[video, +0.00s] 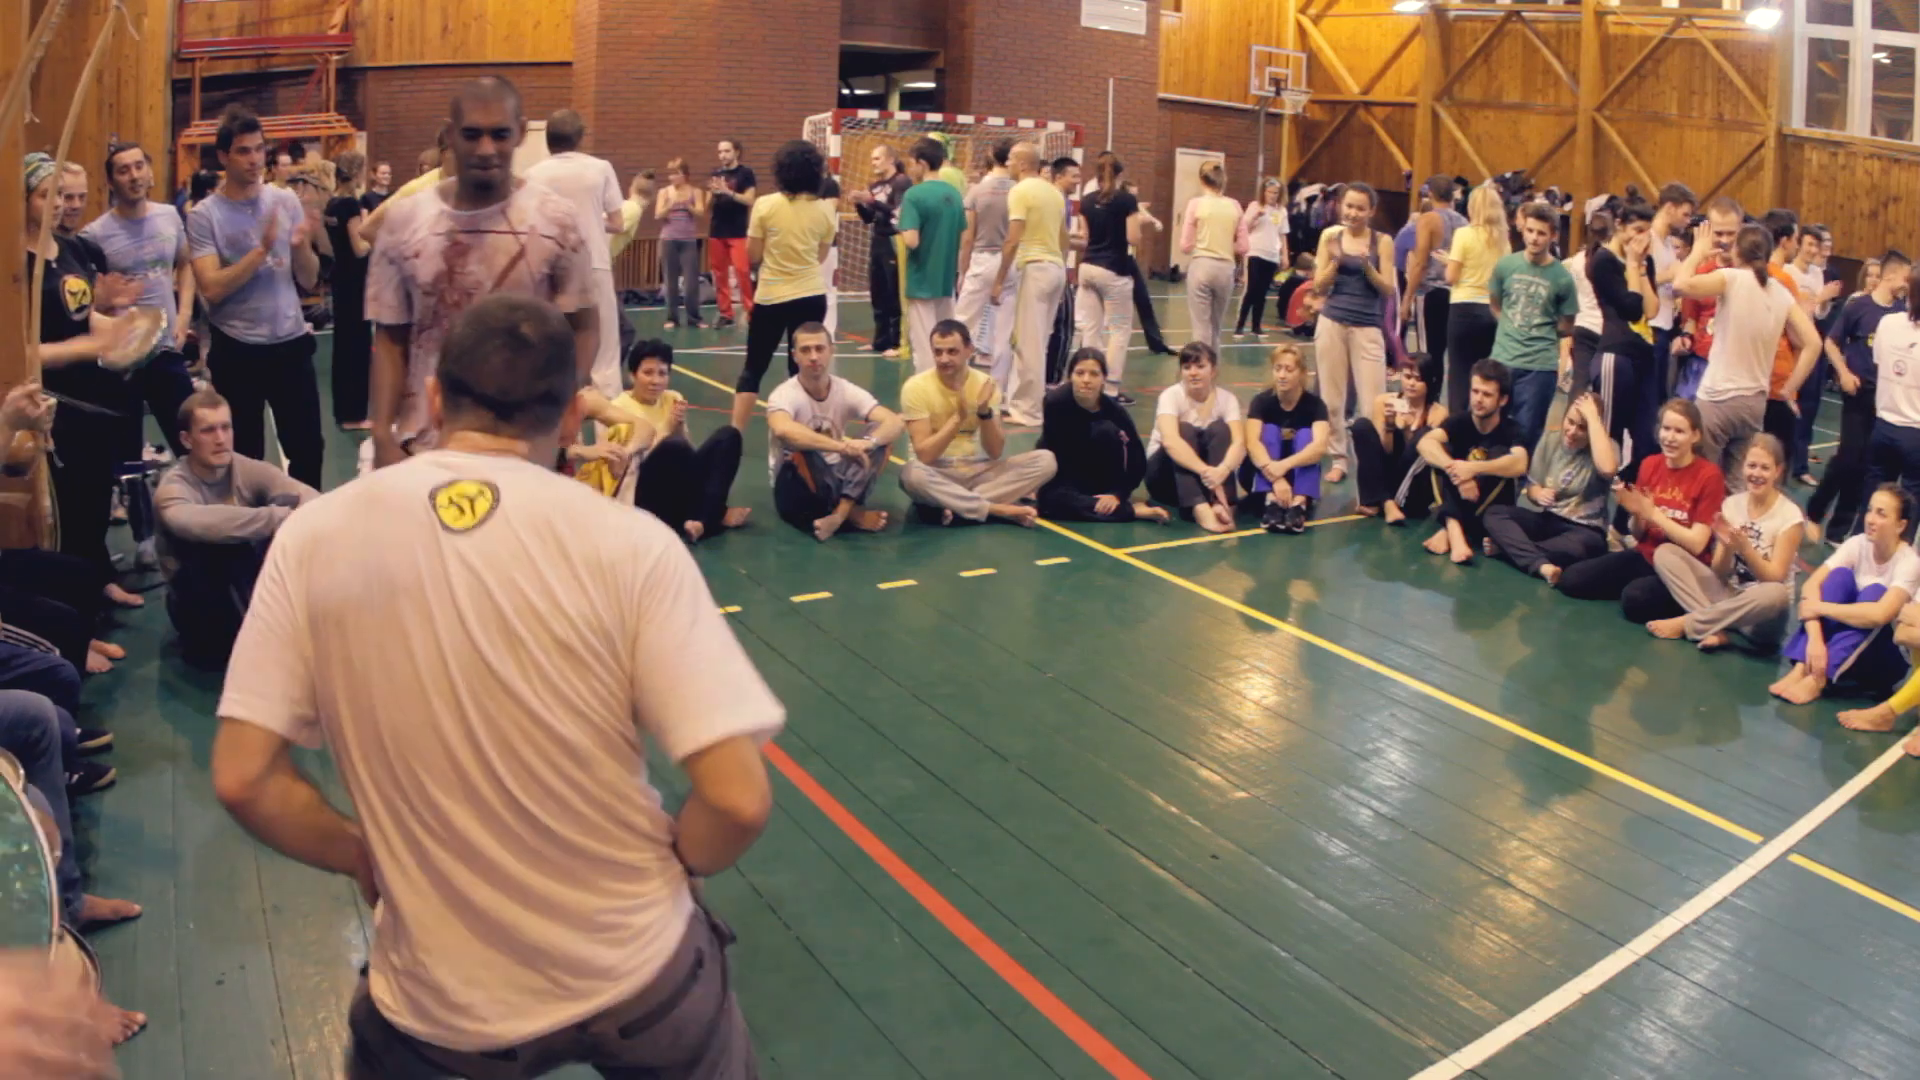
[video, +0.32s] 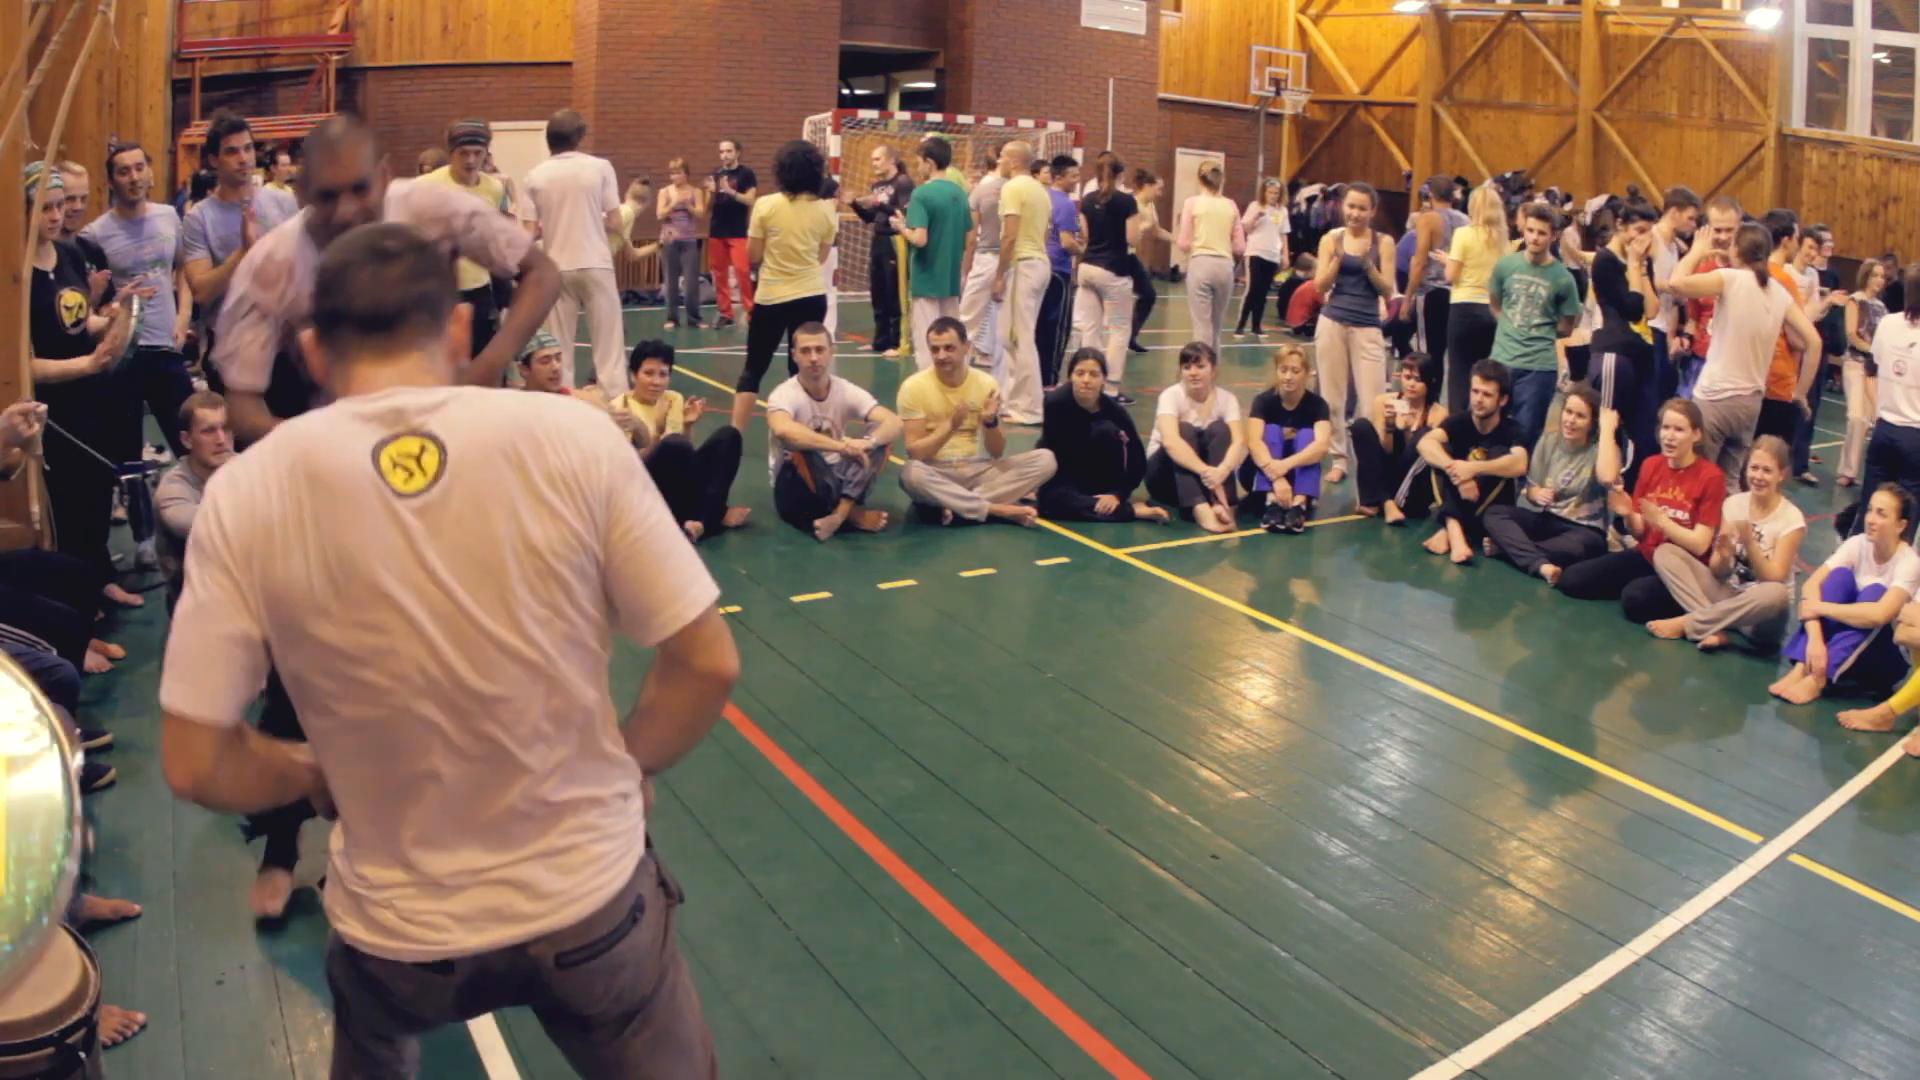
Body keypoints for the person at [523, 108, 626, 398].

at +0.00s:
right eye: (581, 136)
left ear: (548, 139)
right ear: (581, 138)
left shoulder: (535, 174)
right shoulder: (600, 168)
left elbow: (527, 222)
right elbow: (617, 223)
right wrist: (590, 219)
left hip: (551, 266)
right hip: (595, 267)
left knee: (551, 331)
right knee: (604, 330)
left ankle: (553, 397)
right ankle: (606, 391)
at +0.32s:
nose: (586, 139)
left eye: (583, 135)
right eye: (584, 135)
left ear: (549, 140)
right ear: (580, 138)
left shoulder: (535, 176)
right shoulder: (600, 167)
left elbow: (529, 231)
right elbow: (615, 222)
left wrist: (554, 224)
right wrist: (590, 219)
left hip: (556, 265)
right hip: (595, 263)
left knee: (559, 344)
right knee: (608, 341)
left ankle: (562, 411)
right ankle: (618, 407)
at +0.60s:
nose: (596, 140)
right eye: (595, 136)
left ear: (561, 138)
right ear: (592, 138)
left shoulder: (546, 175)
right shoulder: (609, 168)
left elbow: (540, 232)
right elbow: (625, 224)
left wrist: (567, 223)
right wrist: (600, 222)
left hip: (563, 268)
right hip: (600, 266)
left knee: (564, 347)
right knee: (616, 344)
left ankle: (564, 415)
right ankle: (622, 416)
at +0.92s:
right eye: (618, 133)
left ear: (586, 135)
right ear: (619, 136)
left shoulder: (568, 170)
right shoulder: (635, 170)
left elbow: (559, 225)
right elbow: (648, 228)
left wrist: (586, 220)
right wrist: (621, 219)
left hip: (583, 268)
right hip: (621, 266)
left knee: (576, 351)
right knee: (629, 351)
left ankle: (571, 424)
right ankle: (625, 425)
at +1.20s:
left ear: (611, 136)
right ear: (643, 139)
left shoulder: (589, 168)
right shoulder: (658, 173)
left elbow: (575, 219)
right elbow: (666, 231)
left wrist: (603, 221)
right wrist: (639, 224)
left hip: (597, 265)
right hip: (638, 266)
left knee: (585, 343)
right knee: (639, 344)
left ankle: (581, 415)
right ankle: (631, 417)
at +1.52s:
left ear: (616, 135)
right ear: (649, 138)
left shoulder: (595, 167)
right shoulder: (662, 173)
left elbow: (583, 220)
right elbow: (671, 232)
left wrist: (608, 221)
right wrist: (646, 224)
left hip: (601, 264)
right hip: (642, 265)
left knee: (592, 345)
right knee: (641, 346)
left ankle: (584, 415)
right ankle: (634, 419)